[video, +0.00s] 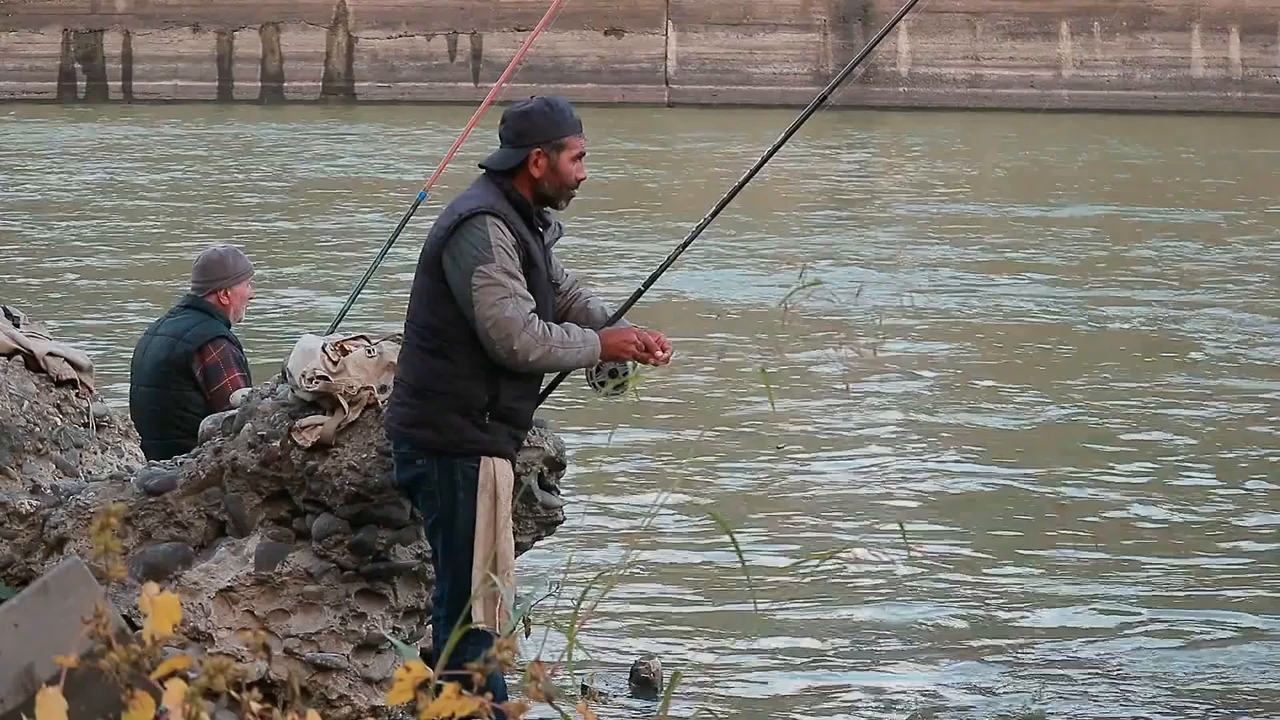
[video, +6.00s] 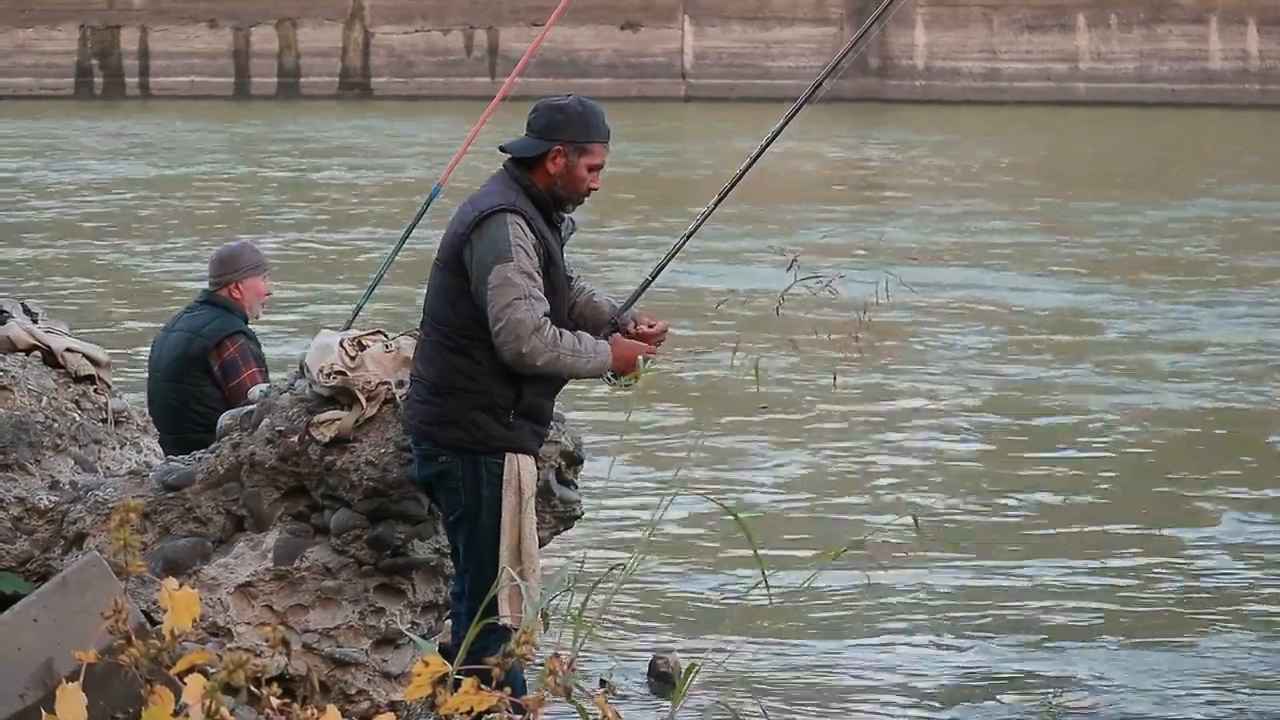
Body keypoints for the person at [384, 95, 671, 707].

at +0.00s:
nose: (583, 170)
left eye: (583, 157)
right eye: (574, 158)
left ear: (540, 160)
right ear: (534, 162)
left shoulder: (520, 224)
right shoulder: (482, 229)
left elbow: (563, 298)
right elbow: (514, 338)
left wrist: (617, 332)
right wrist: (601, 344)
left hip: (478, 439)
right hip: (449, 442)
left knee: (476, 594)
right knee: (469, 598)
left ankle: (458, 706)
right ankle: (468, 711)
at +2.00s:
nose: (585, 185)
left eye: (587, 172)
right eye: (581, 171)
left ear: (548, 164)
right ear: (544, 164)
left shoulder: (521, 225)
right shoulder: (489, 233)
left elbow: (556, 303)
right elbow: (515, 348)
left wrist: (620, 332)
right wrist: (604, 345)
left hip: (483, 446)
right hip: (456, 449)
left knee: (486, 602)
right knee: (476, 608)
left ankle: (479, 711)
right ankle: (477, 714)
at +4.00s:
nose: (595, 183)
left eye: (599, 169)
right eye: (590, 168)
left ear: (554, 161)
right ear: (553, 161)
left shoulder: (527, 218)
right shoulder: (500, 226)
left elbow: (561, 299)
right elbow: (520, 340)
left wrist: (618, 326)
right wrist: (608, 341)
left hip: (483, 439)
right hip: (460, 444)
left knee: (491, 593)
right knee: (477, 598)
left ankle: (489, 708)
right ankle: (475, 711)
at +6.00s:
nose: (597, 181)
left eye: (601, 168)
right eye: (592, 168)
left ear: (559, 159)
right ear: (554, 159)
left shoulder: (532, 216)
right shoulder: (504, 224)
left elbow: (561, 296)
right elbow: (522, 340)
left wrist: (619, 322)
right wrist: (608, 354)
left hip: (492, 433)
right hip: (468, 438)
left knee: (496, 589)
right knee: (489, 594)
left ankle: (489, 707)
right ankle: (486, 709)